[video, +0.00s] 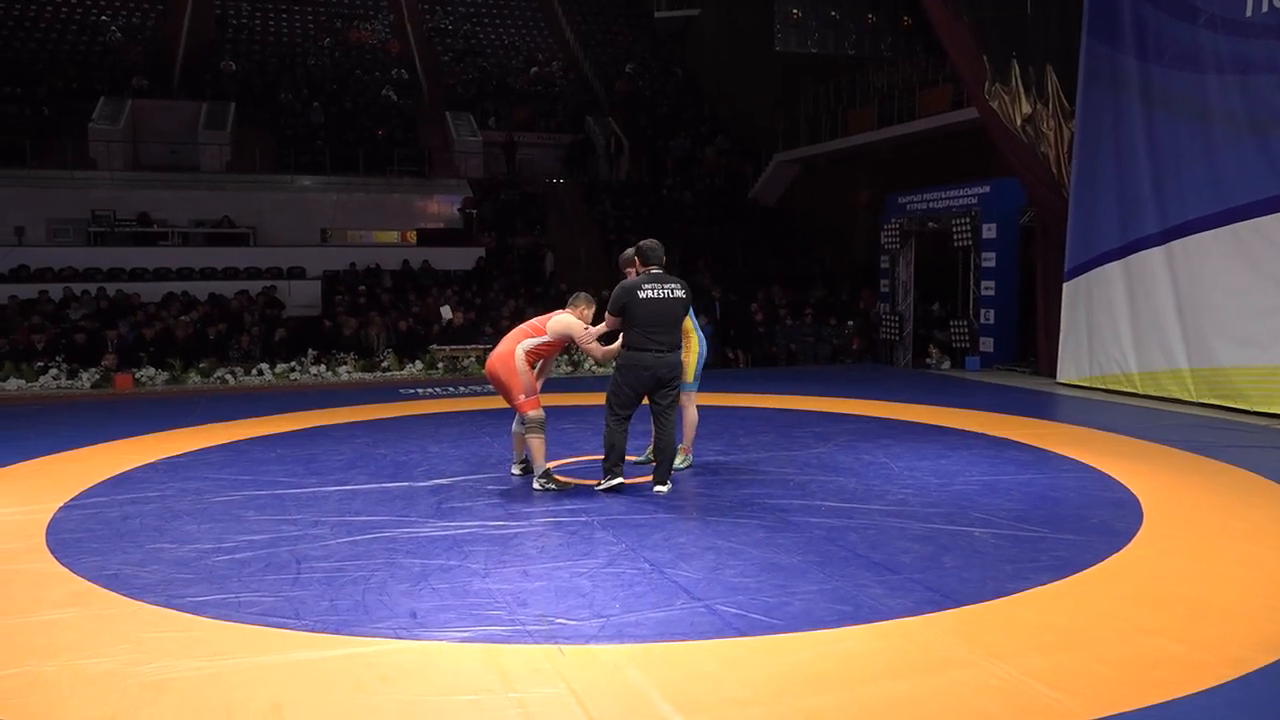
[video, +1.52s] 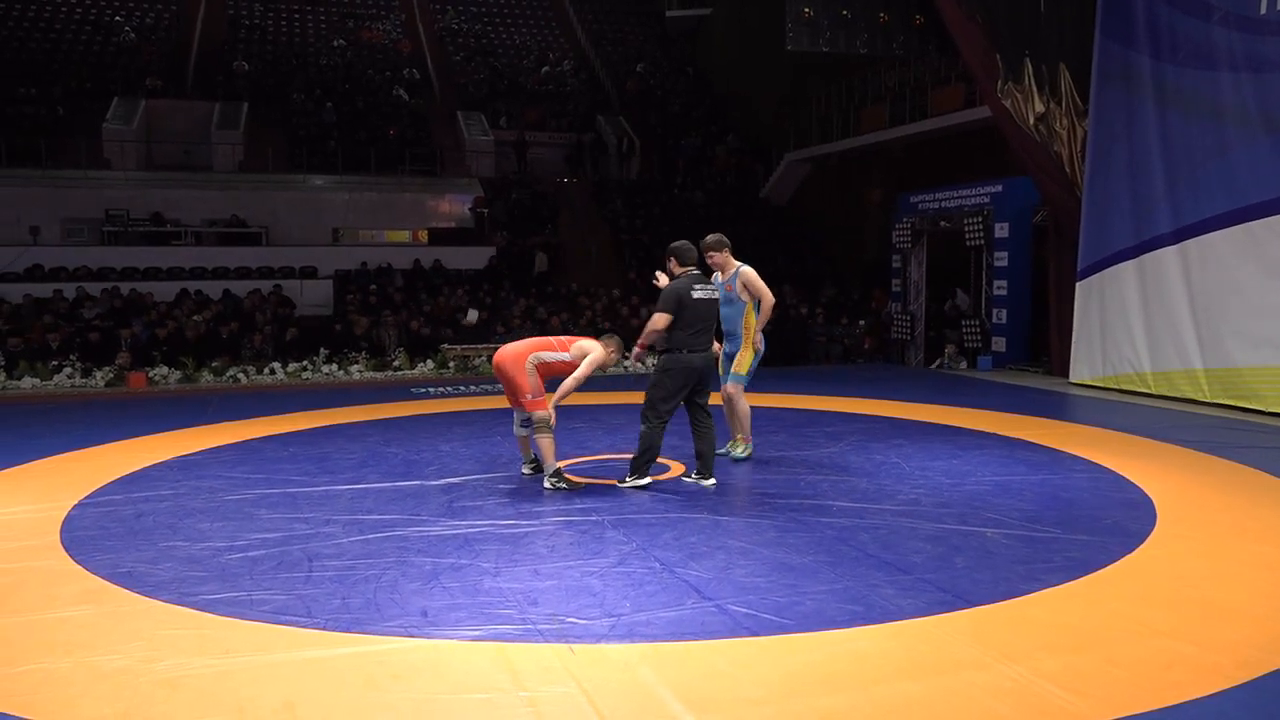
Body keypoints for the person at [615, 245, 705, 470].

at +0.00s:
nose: (628, 277)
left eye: (629, 272)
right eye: (626, 274)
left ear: (638, 268)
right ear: (628, 271)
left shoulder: (662, 288)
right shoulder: (639, 293)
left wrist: (597, 331)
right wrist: (597, 331)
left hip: (690, 341)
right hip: (667, 344)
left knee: (686, 398)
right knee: (660, 399)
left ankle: (686, 450)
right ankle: (656, 447)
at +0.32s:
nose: (624, 262)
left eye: (624, 259)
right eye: (625, 259)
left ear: (628, 261)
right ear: (654, 259)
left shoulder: (619, 288)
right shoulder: (673, 285)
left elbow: (602, 323)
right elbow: (675, 314)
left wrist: (627, 311)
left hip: (628, 361)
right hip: (664, 360)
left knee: (622, 418)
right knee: (663, 419)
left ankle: (627, 475)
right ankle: (662, 478)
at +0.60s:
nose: (616, 263)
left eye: (616, 261)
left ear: (619, 263)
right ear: (645, 261)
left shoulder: (610, 289)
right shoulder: (664, 284)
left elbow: (596, 324)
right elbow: (669, 315)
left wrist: (621, 315)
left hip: (625, 362)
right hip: (661, 360)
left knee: (629, 421)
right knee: (663, 418)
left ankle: (631, 479)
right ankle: (665, 477)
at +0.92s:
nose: (621, 265)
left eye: (621, 262)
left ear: (622, 264)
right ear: (648, 261)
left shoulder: (614, 290)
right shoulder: (669, 284)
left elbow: (604, 323)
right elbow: (675, 317)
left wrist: (629, 310)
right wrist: (649, 313)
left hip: (633, 362)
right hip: (668, 360)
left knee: (637, 420)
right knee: (671, 415)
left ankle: (638, 479)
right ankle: (677, 475)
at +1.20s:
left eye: (636, 262)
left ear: (637, 264)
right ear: (664, 262)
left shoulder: (627, 291)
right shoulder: (682, 288)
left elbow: (612, 324)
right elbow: (688, 321)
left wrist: (638, 316)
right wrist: (661, 314)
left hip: (644, 363)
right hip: (678, 362)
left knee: (642, 421)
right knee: (687, 414)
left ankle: (639, 479)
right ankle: (699, 469)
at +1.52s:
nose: (667, 266)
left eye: (668, 262)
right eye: (668, 262)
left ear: (673, 262)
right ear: (695, 261)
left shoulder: (674, 289)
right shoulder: (710, 286)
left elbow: (658, 325)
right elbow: (690, 306)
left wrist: (640, 345)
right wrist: (670, 286)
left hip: (677, 362)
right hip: (704, 360)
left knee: (653, 416)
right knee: (700, 414)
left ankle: (639, 472)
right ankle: (705, 472)